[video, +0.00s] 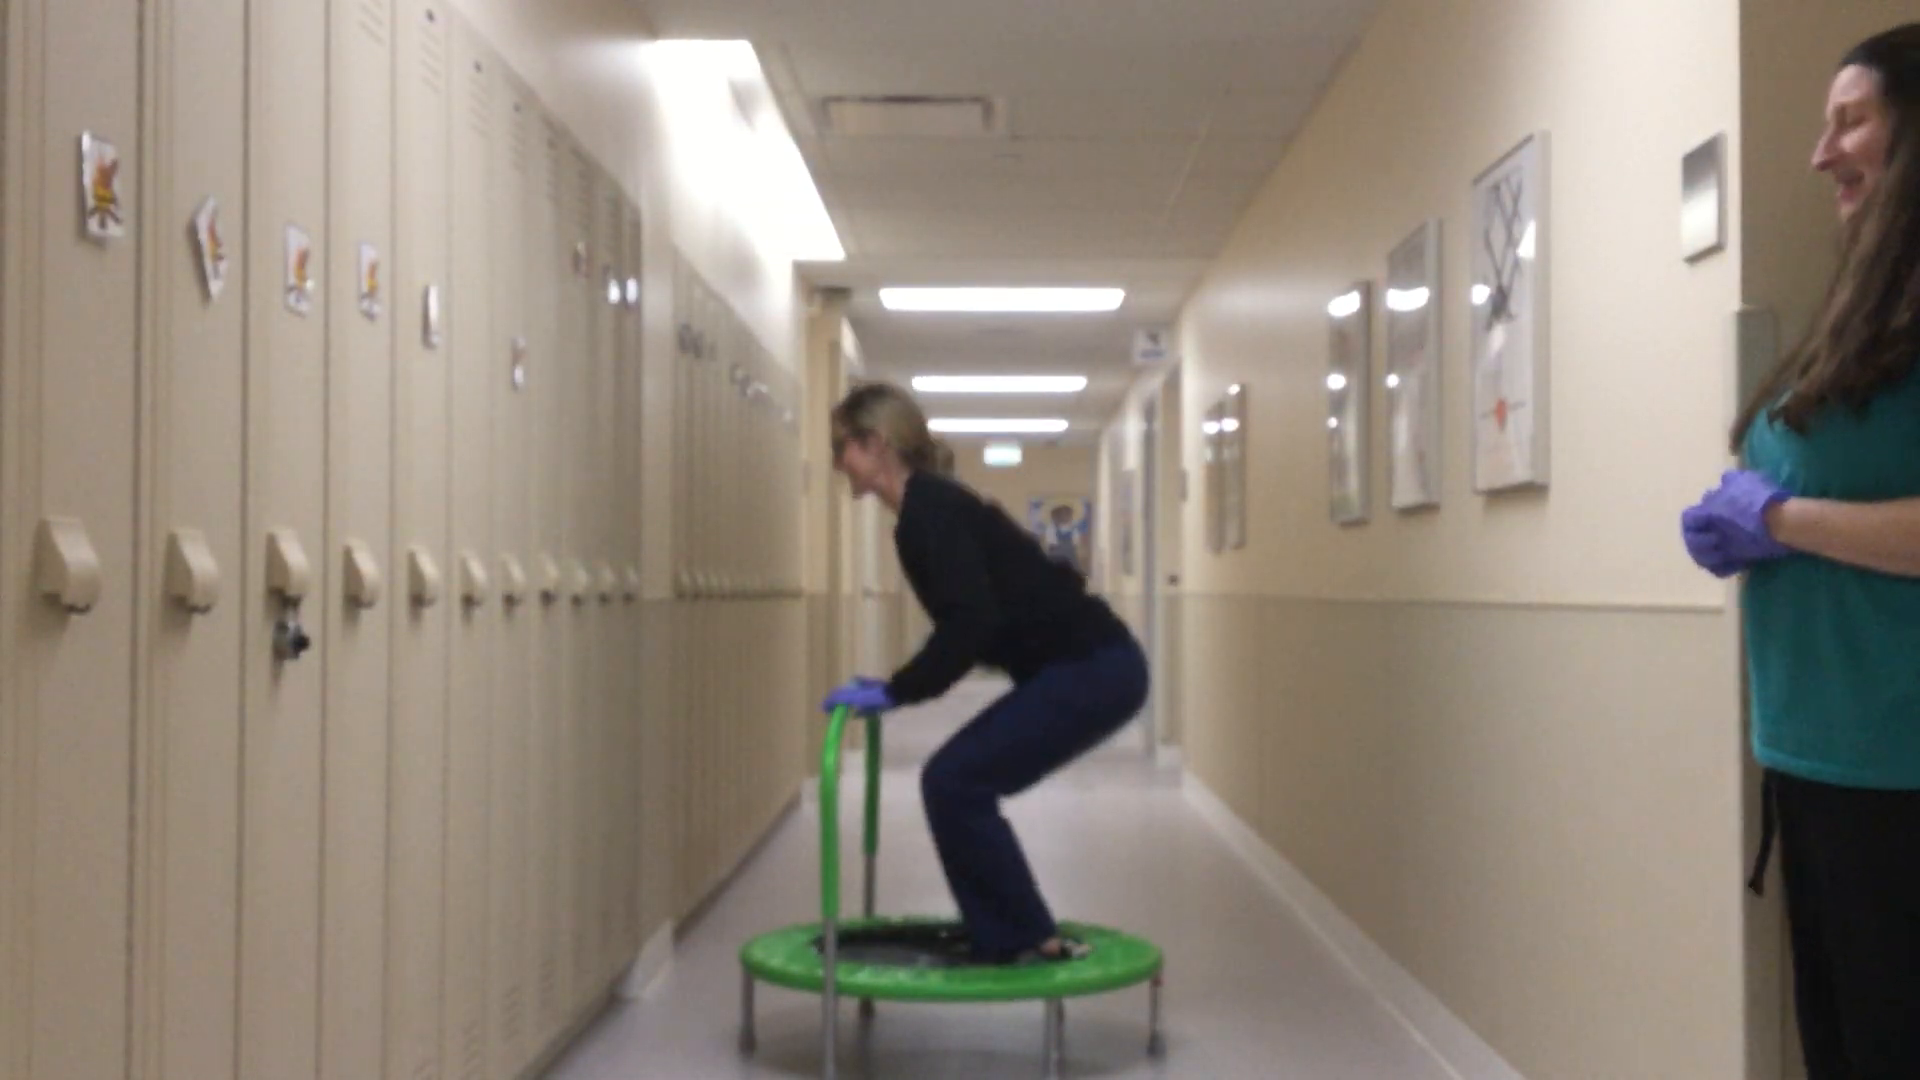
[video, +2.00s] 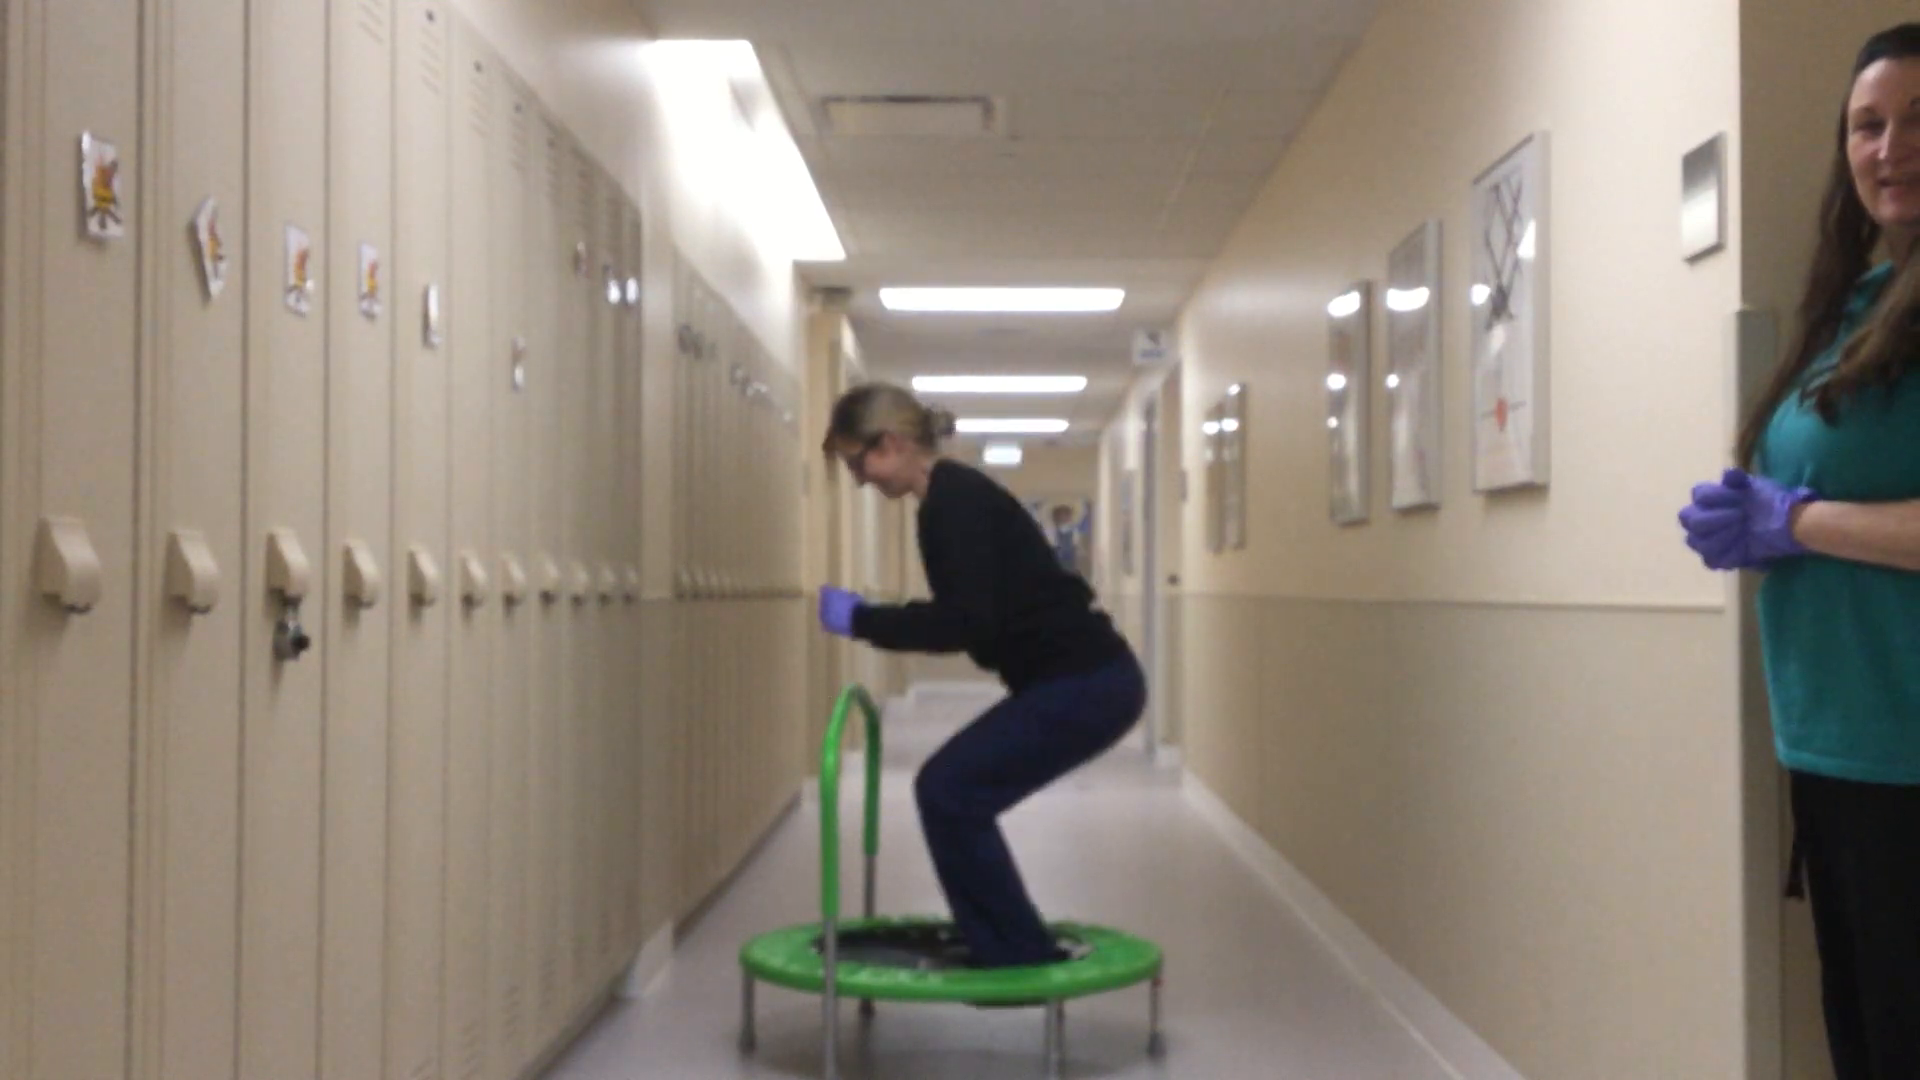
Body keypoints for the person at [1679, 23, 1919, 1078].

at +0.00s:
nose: (1827, 151)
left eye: (1855, 121)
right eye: (1826, 126)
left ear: (1918, 135)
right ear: (1842, 142)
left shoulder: (1908, 311)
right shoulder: (1853, 310)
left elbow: (1914, 530)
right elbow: (1792, 465)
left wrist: (1780, 518)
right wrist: (1742, 508)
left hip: (1891, 758)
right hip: (1812, 751)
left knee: (1889, 1040)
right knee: (1835, 1037)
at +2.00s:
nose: (1888, 146)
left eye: (1910, 122)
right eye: (1868, 125)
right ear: (1844, 147)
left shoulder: (1919, 295)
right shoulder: (1846, 296)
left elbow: (1915, 523)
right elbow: (1805, 467)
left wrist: (1798, 519)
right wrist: (1753, 502)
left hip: (1899, 743)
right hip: (1824, 735)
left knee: (1898, 1030)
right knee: (1859, 1027)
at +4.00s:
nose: (1795, 182)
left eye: (1808, 151)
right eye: (1796, 153)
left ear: (1874, 153)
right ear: (1876, 160)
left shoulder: (1906, 330)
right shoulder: (1846, 324)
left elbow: (1915, 536)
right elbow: (1816, 486)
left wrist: (1784, 531)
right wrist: (1752, 520)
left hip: (1896, 763)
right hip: (1821, 755)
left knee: (1894, 1042)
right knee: (1850, 1041)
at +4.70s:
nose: (1762, 158)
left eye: (1788, 123)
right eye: (1746, 136)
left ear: (1866, 125)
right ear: (1739, 154)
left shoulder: (1898, 289)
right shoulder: (1765, 300)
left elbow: (1914, 533)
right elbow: (1783, 535)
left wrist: (1773, 598)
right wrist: (1709, 620)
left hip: (1895, 759)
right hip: (1806, 758)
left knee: (1888, 1044)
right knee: (1845, 1043)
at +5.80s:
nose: (1690, 149)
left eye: (1715, 112)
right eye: (1667, 131)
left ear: (1783, 112)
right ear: (1656, 153)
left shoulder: (1869, 258)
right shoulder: (1700, 299)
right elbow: (1706, 539)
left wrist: (1858, 581)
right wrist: (1670, 722)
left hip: (1869, 765)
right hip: (1751, 771)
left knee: (1867, 1050)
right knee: (1786, 1050)